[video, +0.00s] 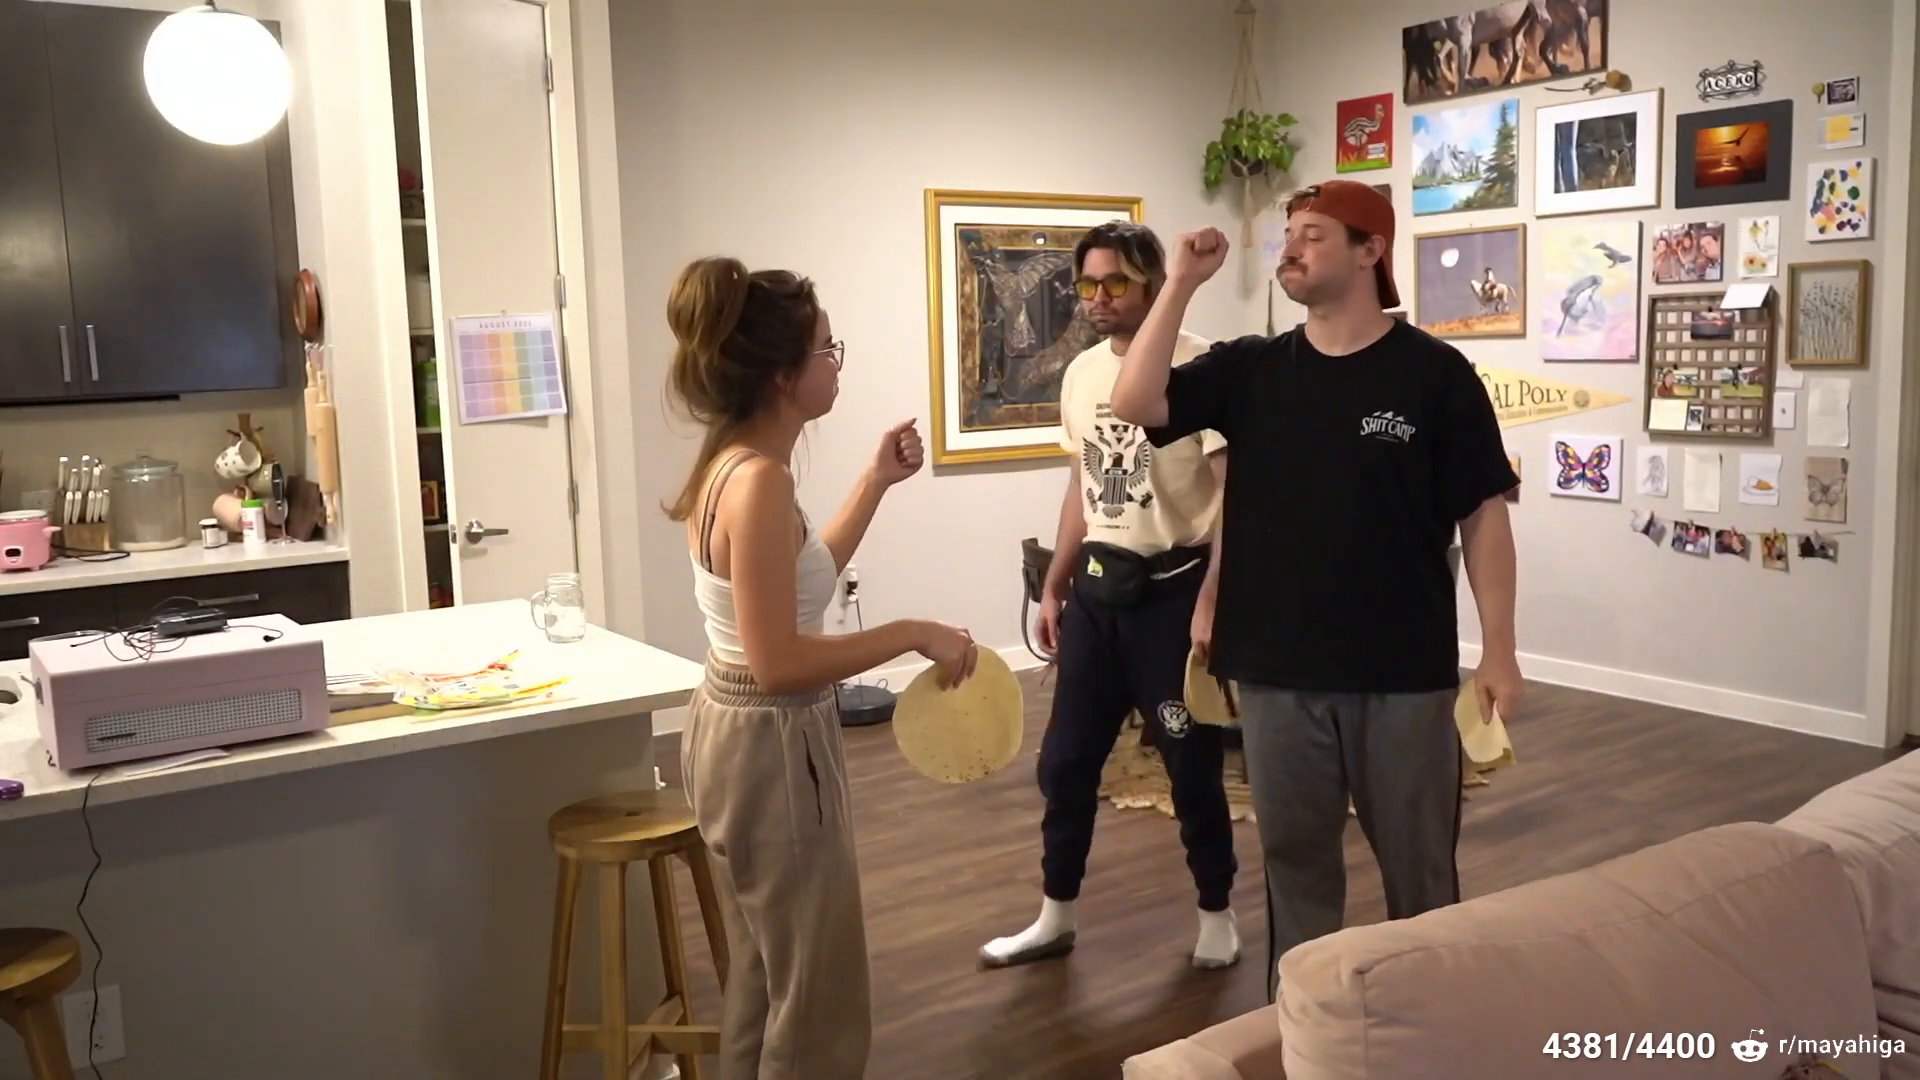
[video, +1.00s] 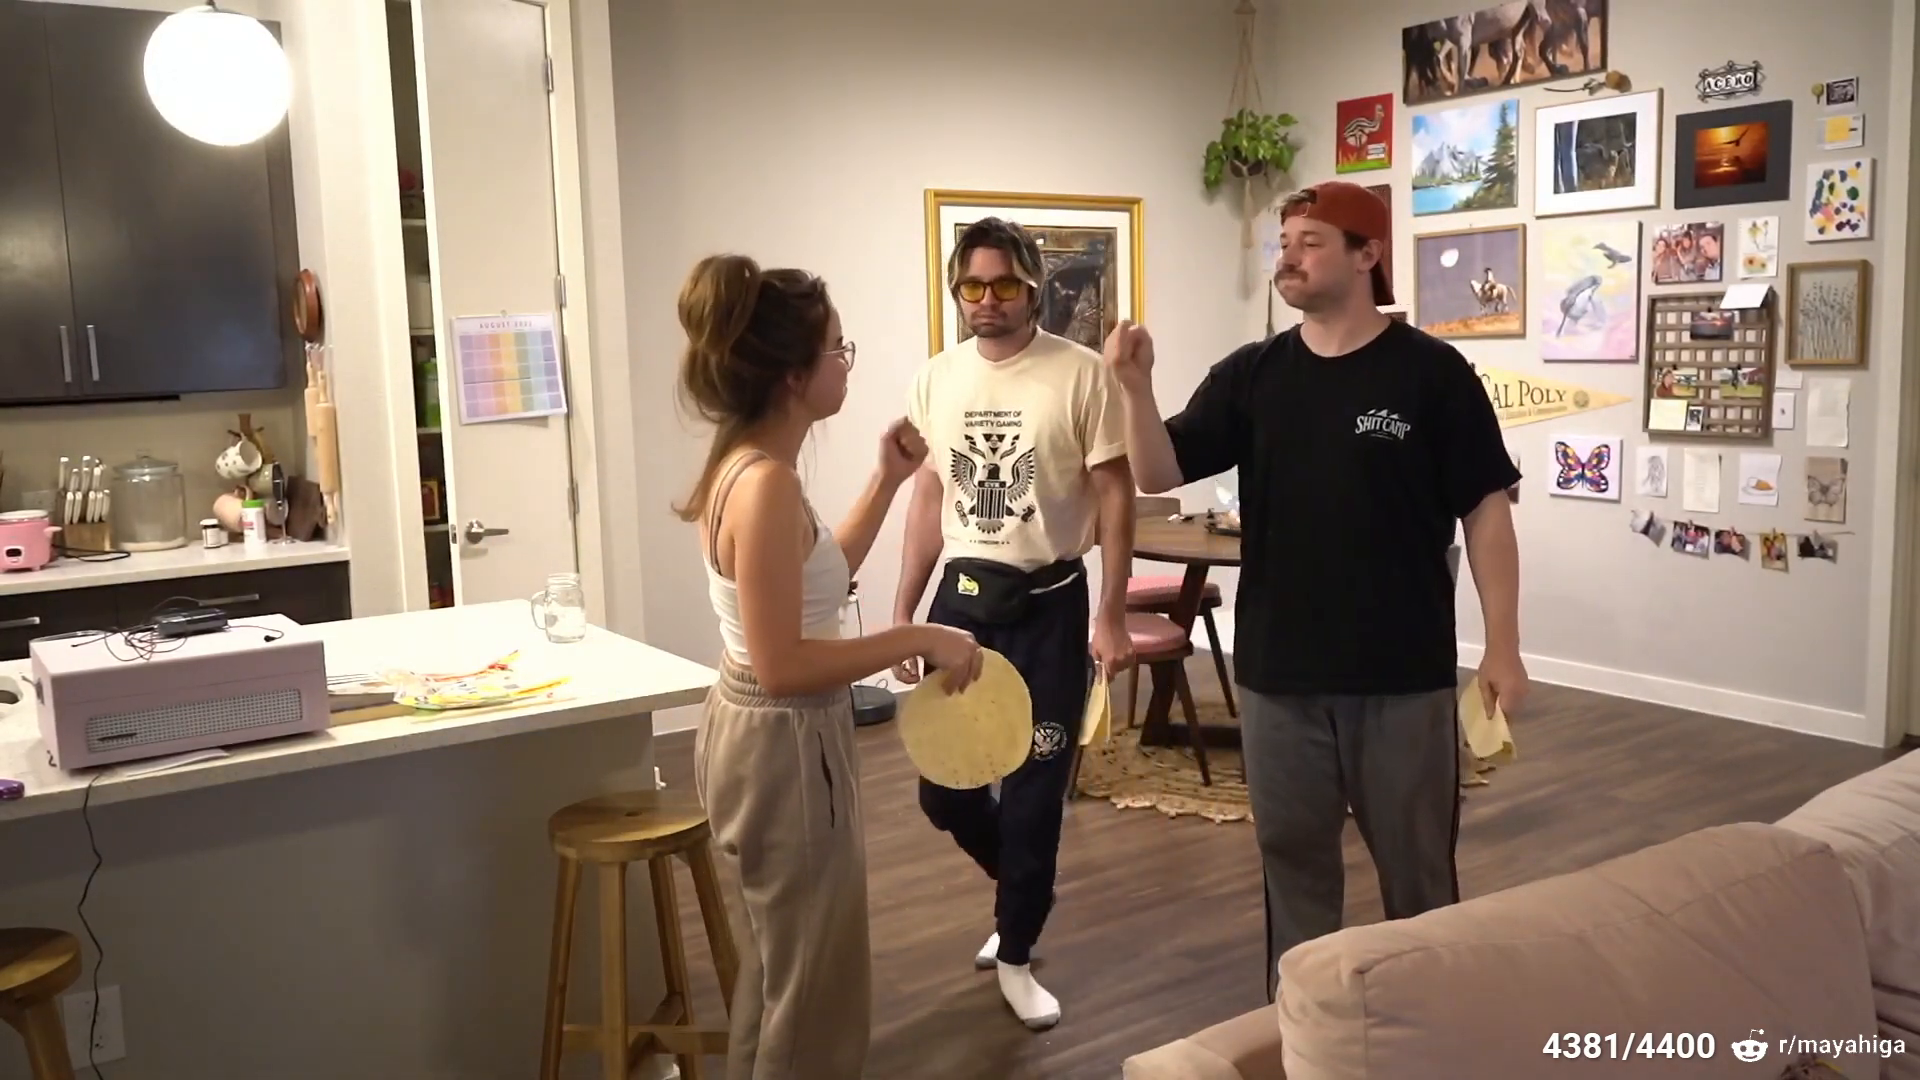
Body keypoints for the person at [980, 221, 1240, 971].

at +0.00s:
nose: (1097, 298)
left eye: (1114, 284)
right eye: (1088, 285)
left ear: (1154, 288)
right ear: (1081, 290)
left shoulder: (1197, 365)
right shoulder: (1081, 373)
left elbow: (1234, 486)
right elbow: (1083, 486)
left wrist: (1212, 599)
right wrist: (1054, 585)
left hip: (1176, 593)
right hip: (1096, 591)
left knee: (1191, 763)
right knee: (1066, 763)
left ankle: (1215, 914)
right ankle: (1057, 917)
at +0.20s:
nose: (1053, 293)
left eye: (1068, 280)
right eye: (1041, 282)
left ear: (1100, 282)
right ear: (1030, 289)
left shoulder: (1146, 361)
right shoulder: (1020, 376)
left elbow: (1193, 474)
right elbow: (1019, 490)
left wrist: (1188, 591)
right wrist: (1000, 593)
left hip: (1127, 591)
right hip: (1041, 593)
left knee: (1154, 763)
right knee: (1034, 765)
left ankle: (1207, 905)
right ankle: (1051, 917)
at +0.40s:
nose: (1001, 300)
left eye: (1016, 286)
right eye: (989, 289)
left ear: (1050, 286)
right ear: (979, 293)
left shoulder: (1106, 365)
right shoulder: (973, 376)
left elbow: (1145, 476)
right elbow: (962, 490)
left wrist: (1145, 593)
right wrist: (924, 595)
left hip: (1084, 589)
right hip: (1001, 588)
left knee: (1107, 777)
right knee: (1014, 769)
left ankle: (1171, 903)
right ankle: (1048, 918)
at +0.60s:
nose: (980, 303)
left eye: (995, 287)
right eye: (966, 290)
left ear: (1025, 286)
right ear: (953, 297)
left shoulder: (1084, 363)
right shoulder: (944, 376)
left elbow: (1122, 480)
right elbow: (922, 497)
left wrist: (1113, 585)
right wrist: (875, 594)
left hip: (1065, 586)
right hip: (982, 586)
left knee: (1061, 772)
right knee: (997, 761)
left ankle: (1085, 927)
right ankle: (1046, 912)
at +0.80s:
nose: (976, 305)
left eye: (990, 290)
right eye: (960, 293)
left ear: (1020, 290)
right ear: (945, 300)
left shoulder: (1077, 367)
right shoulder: (934, 378)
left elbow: (1117, 484)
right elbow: (917, 499)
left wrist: (1101, 593)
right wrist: (874, 600)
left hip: (1056, 596)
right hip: (969, 594)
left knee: (1035, 777)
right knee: (980, 766)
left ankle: (1014, 953)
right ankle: (1041, 898)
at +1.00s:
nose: (986, 300)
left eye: (1003, 285)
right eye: (972, 287)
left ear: (1033, 288)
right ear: (956, 293)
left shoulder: (1084, 371)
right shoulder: (940, 375)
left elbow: (1116, 494)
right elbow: (927, 498)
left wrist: (1109, 614)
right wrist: (902, 613)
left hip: (1049, 603)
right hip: (958, 601)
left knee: (1032, 793)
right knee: (945, 793)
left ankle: (1014, 956)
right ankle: (1025, 879)